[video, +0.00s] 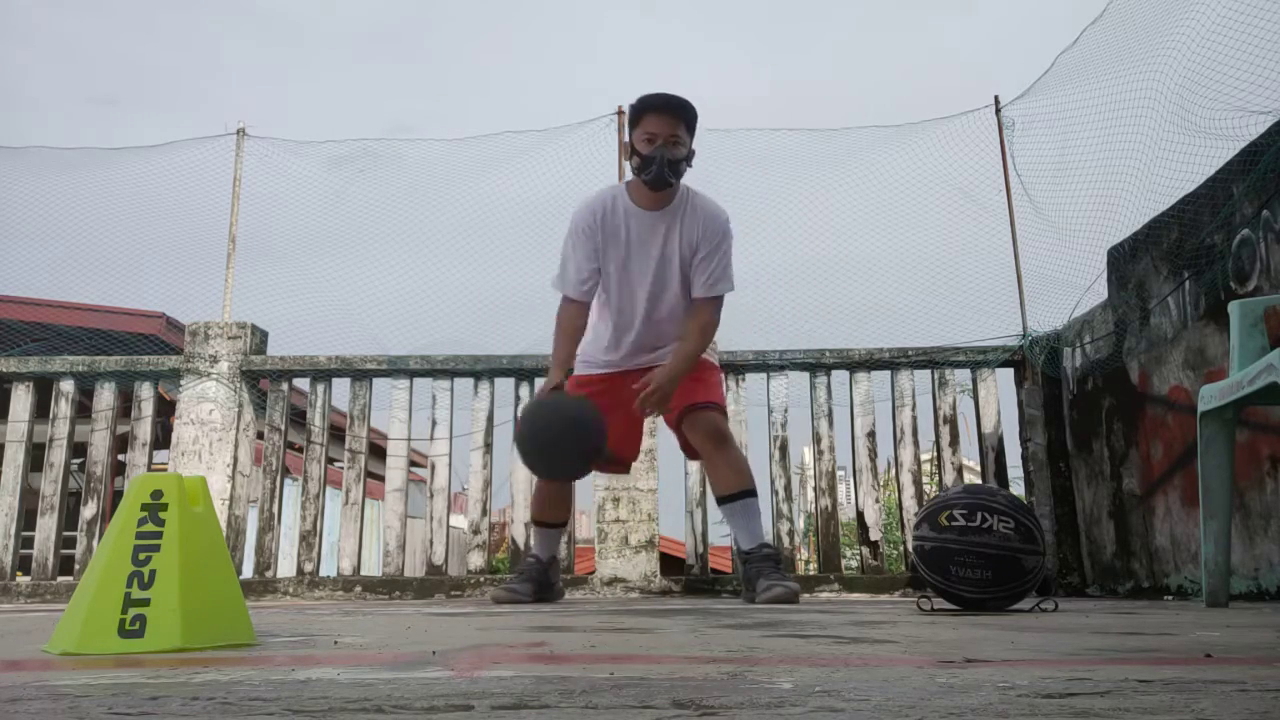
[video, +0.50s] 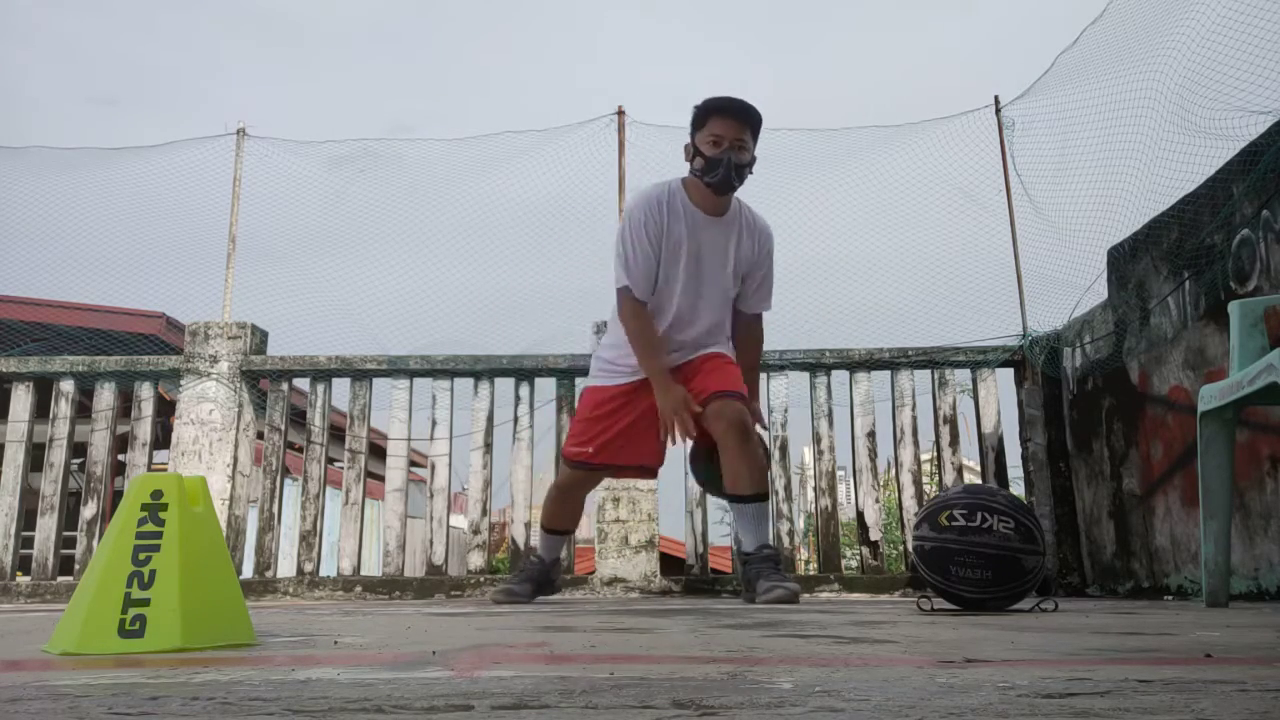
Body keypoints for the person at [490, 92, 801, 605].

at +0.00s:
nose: (659, 153)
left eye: (672, 143)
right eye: (648, 141)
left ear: (689, 151)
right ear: (630, 145)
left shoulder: (707, 221)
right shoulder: (595, 216)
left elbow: (706, 316)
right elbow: (574, 303)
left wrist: (672, 372)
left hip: (680, 359)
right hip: (602, 364)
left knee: (710, 429)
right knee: (558, 441)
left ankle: (759, 563)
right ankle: (541, 568)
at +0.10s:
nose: (647, 159)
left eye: (661, 149)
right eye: (637, 147)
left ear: (679, 157)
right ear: (619, 150)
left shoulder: (702, 225)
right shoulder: (585, 219)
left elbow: (719, 312)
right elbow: (549, 289)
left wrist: (697, 361)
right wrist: (506, 323)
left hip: (678, 359)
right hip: (603, 364)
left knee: (705, 430)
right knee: (552, 451)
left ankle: (758, 561)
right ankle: (541, 566)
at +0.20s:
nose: (652, 158)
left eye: (666, 148)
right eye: (641, 145)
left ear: (684, 155)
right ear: (624, 146)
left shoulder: (707, 223)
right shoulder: (588, 214)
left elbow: (732, 304)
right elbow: (551, 282)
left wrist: (729, 365)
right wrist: (507, 303)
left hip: (681, 355)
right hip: (604, 361)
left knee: (703, 425)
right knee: (555, 449)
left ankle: (757, 561)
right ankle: (541, 566)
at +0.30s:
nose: (673, 149)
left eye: (686, 140)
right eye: (662, 136)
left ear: (704, 148)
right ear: (643, 139)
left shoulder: (722, 221)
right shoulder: (602, 208)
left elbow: (737, 305)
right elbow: (574, 290)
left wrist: (746, 378)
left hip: (685, 354)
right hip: (607, 359)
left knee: (711, 426)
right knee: (564, 443)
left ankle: (758, 563)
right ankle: (541, 568)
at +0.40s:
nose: (701, 152)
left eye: (715, 142)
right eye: (690, 139)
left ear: (730, 151)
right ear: (670, 143)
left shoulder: (740, 226)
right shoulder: (628, 210)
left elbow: (743, 318)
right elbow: (612, 303)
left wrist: (747, 401)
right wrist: (621, 387)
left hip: (691, 354)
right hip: (618, 357)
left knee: (721, 423)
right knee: (565, 464)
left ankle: (758, 563)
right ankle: (542, 569)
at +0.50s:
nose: (725, 156)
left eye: (738, 147)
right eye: (714, 144)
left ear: (752, 158)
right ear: (692, 148)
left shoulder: (754, 234)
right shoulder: (650, 210)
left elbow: (749, 323)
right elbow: (631, 306)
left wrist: (749, 405)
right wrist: (662, 383)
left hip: (705, 354)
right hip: (630, 353)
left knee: (734, 417)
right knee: (575, 472)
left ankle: (760, 564)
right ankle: (544, 565)